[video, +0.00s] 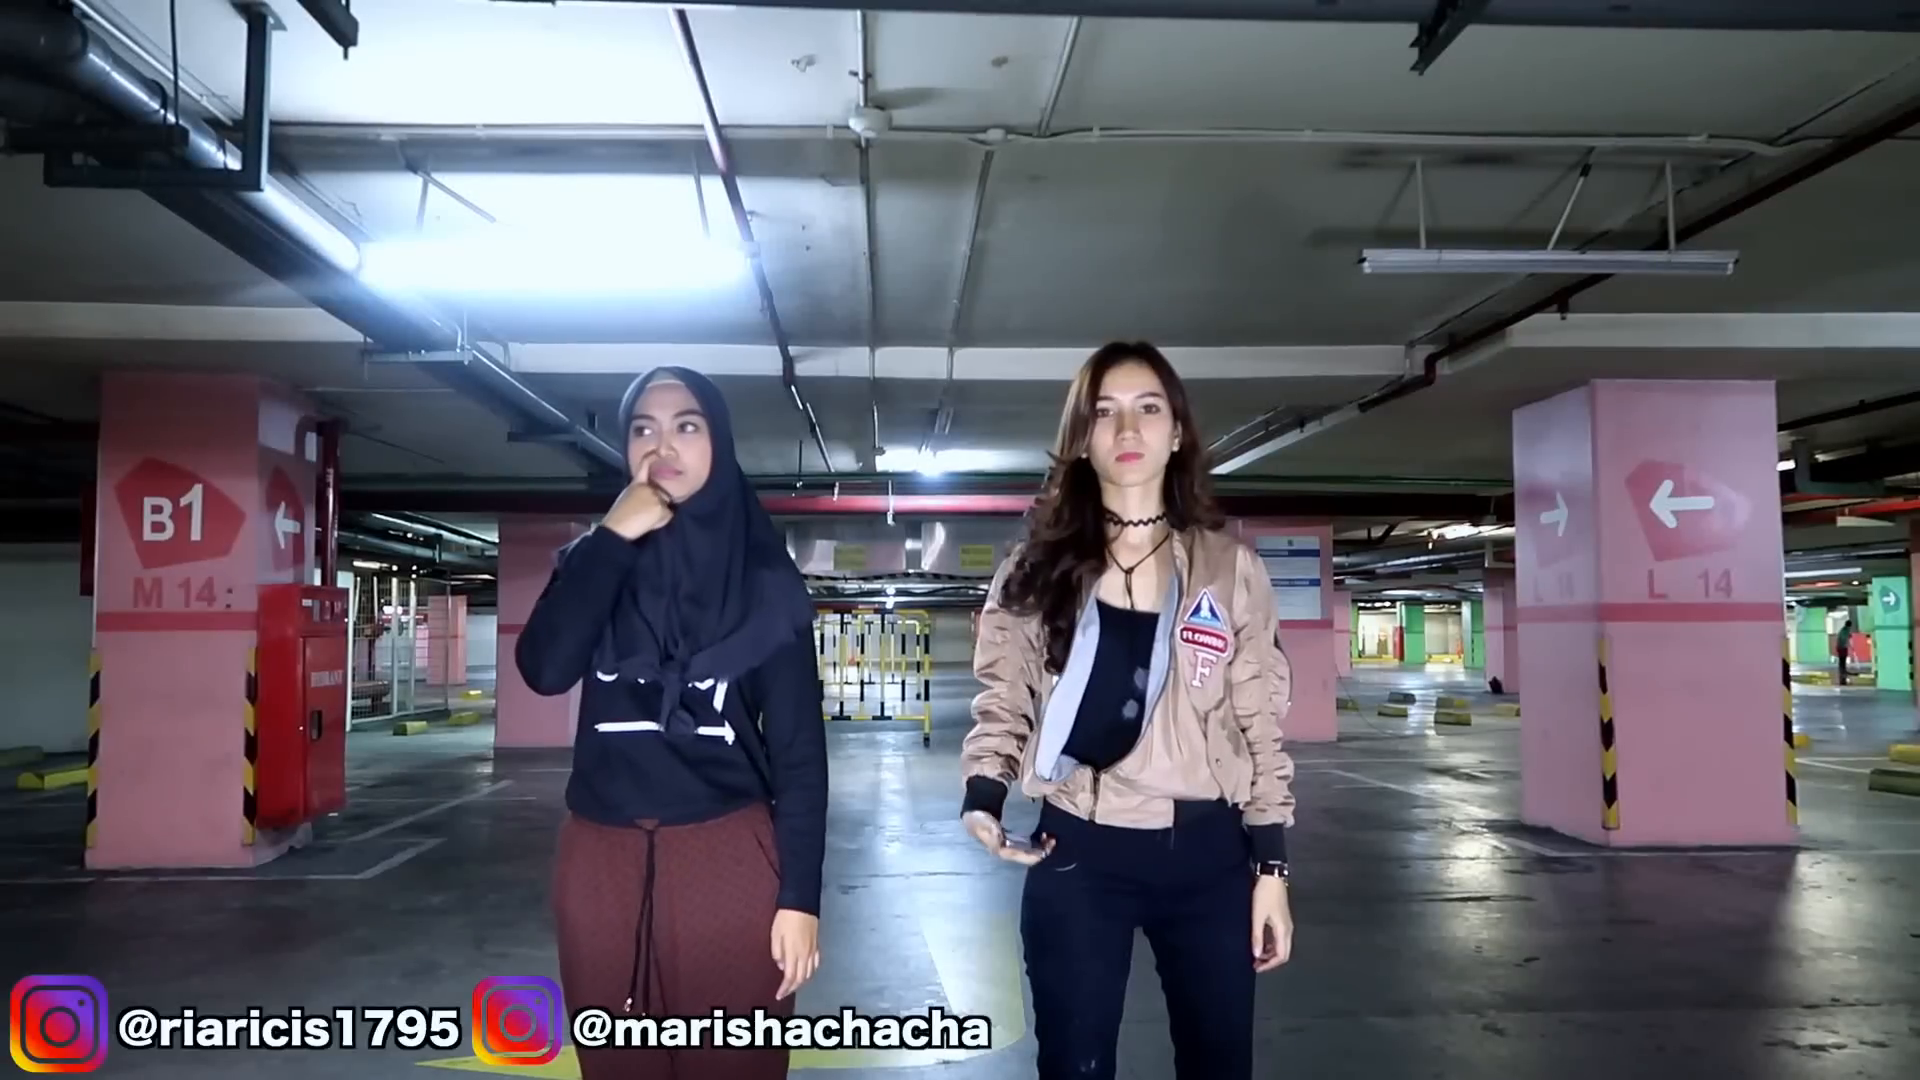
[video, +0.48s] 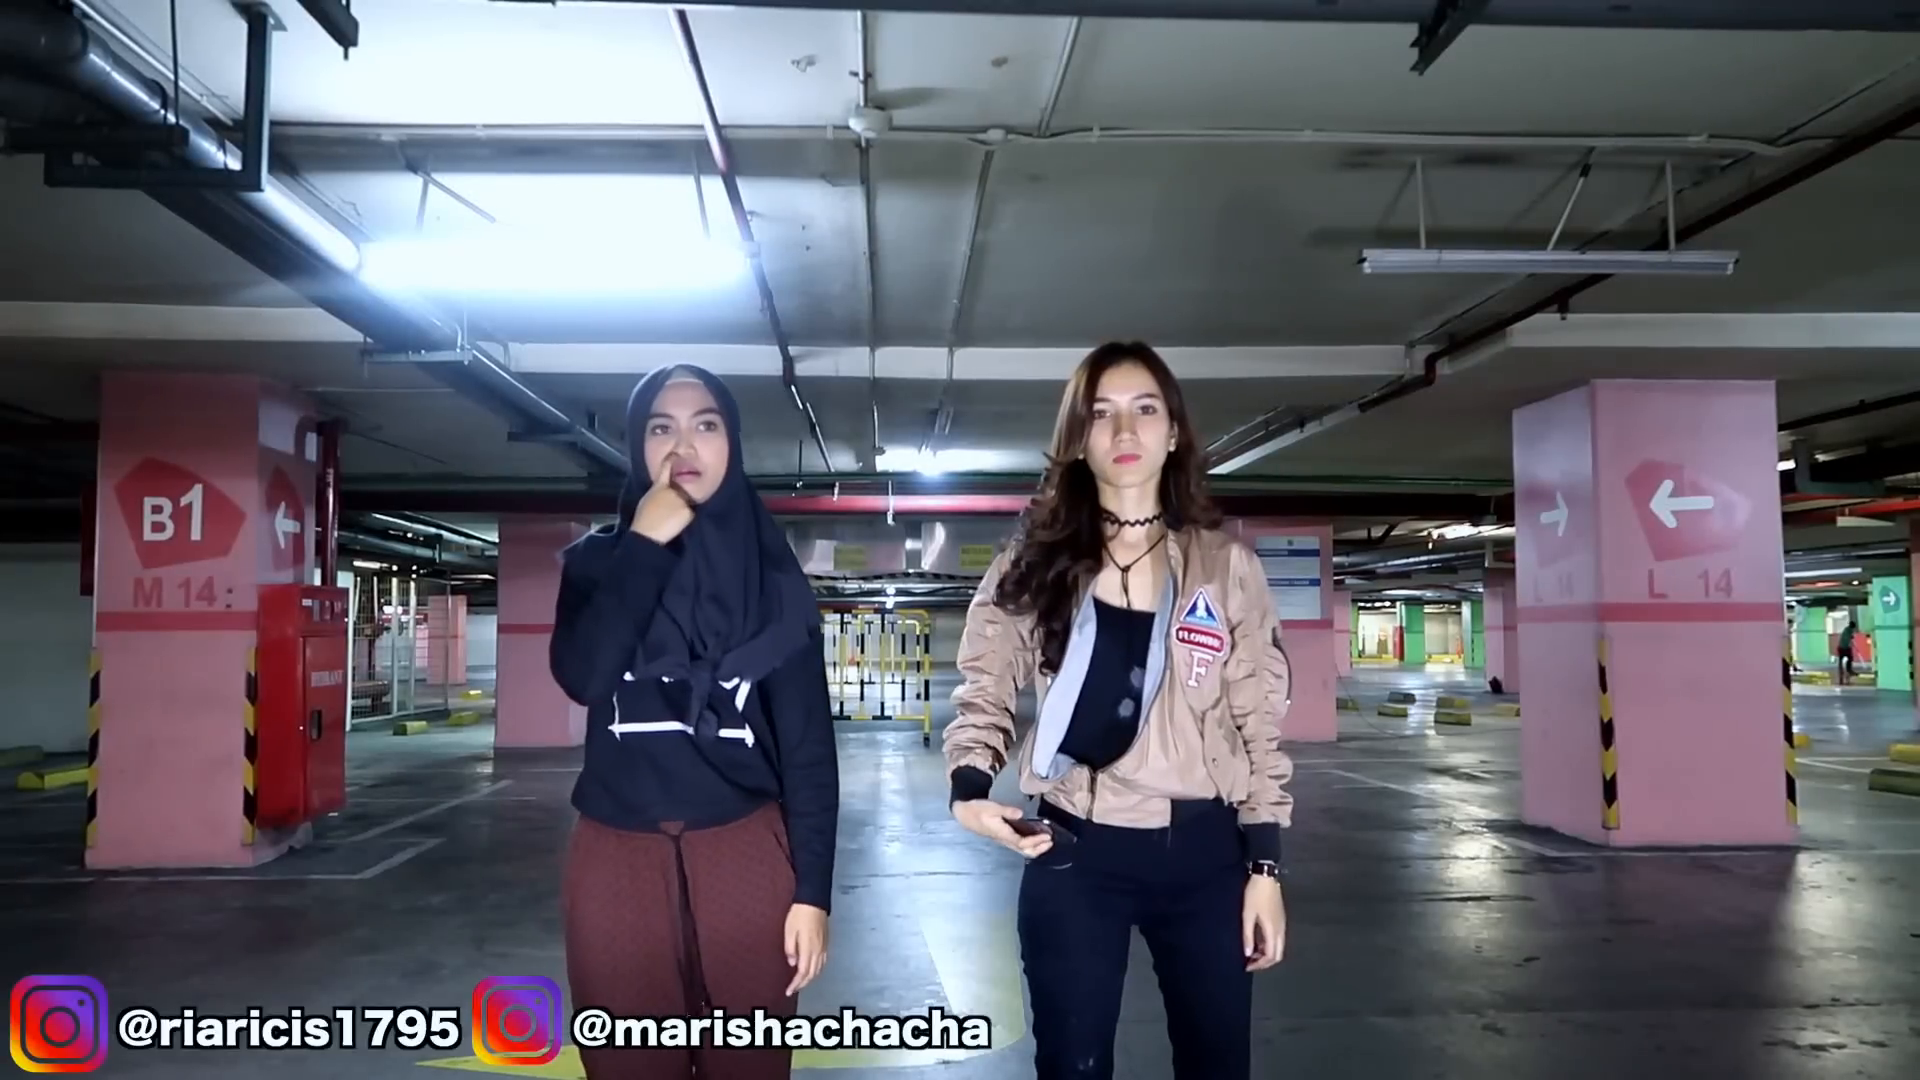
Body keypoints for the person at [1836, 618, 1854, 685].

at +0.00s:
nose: (1850, 627)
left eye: (1850, 625)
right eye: (1850, 625)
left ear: (1845, 624)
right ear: (1850, 625)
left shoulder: (1843, 630)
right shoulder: (1846, 631)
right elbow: (1848, 642)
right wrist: (1852, 650)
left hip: (1840, 650)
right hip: (1843, 650)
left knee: (1842, 666)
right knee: (1843, 666)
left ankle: (1842, 679)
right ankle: (1843, 680)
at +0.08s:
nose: (1850, 627)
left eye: (1850, 626)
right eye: (1850, 626)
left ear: (1846, 624)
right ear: (1850, 625)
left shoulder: (1844, 630)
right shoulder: (1846, 631)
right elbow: (1846, 642)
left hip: (1841, 649)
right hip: (1843, 649)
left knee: (1842, 666)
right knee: (1843, 666)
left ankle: (1842, 679)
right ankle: (1843, 680)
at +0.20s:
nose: (1851, 627)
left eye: (1851, 625)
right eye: (1851, 625)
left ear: (1847, 624)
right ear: (1851, 625)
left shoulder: (1844, 629)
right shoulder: (1847, 630)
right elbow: (1848, 640)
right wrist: (1853, 647)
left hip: (1840, 648)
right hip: (1843, 648)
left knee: (1841, 665)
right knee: (1843, 665)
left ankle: (1842, 679)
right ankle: (1843, 679)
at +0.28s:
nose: (1851, 627)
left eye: (1851, 625)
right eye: (1851, 625)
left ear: (1847, 624)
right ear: (1851, 625)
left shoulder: (1844, 630)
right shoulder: (1847, 630)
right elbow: (1848, 641)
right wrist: (1854, 648)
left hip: (1840, 648)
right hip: (1844, 648)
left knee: (1842, 665)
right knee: (1843, 665)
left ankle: (1842, 679)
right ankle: (1843, 679)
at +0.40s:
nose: (1852, 628)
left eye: (1852, 626)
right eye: (1852, 627)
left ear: (1848, 625)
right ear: (1852, 626)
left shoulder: (1845, 630)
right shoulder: (1848, 631)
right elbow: (1849, 639)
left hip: (1840, 647)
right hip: (1846, 647)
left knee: (1840, 660)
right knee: (1848, 659)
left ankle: (1841, 671)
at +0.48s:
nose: (1854, 628)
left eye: (1853, 627)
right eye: (1854, 627)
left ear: (1849, 625)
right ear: (1853, 626)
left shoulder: (1845, 630)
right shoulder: (1850, 630)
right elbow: (1850, 637)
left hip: (1841, 647)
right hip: (1847, 647)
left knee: (1840, 662)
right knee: (1850, 659)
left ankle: (1840, 677)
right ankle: (1849, 669)